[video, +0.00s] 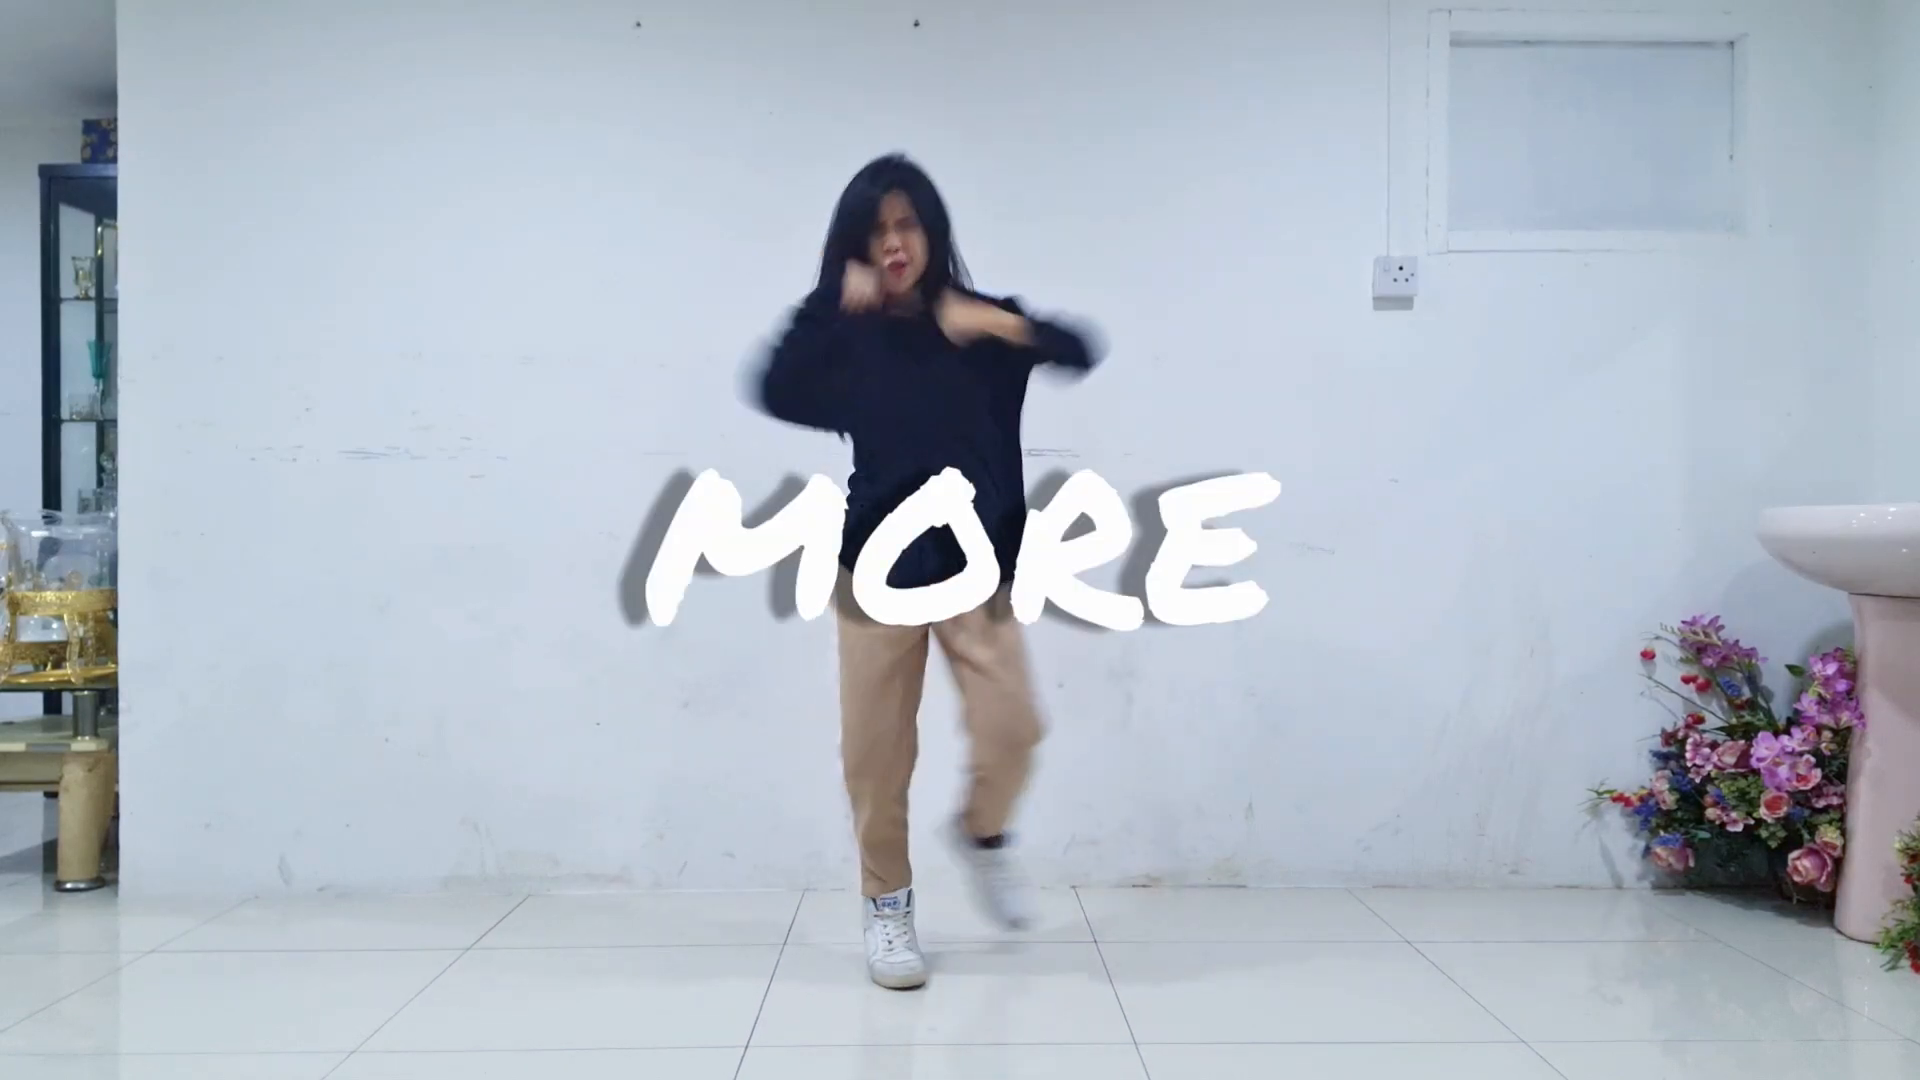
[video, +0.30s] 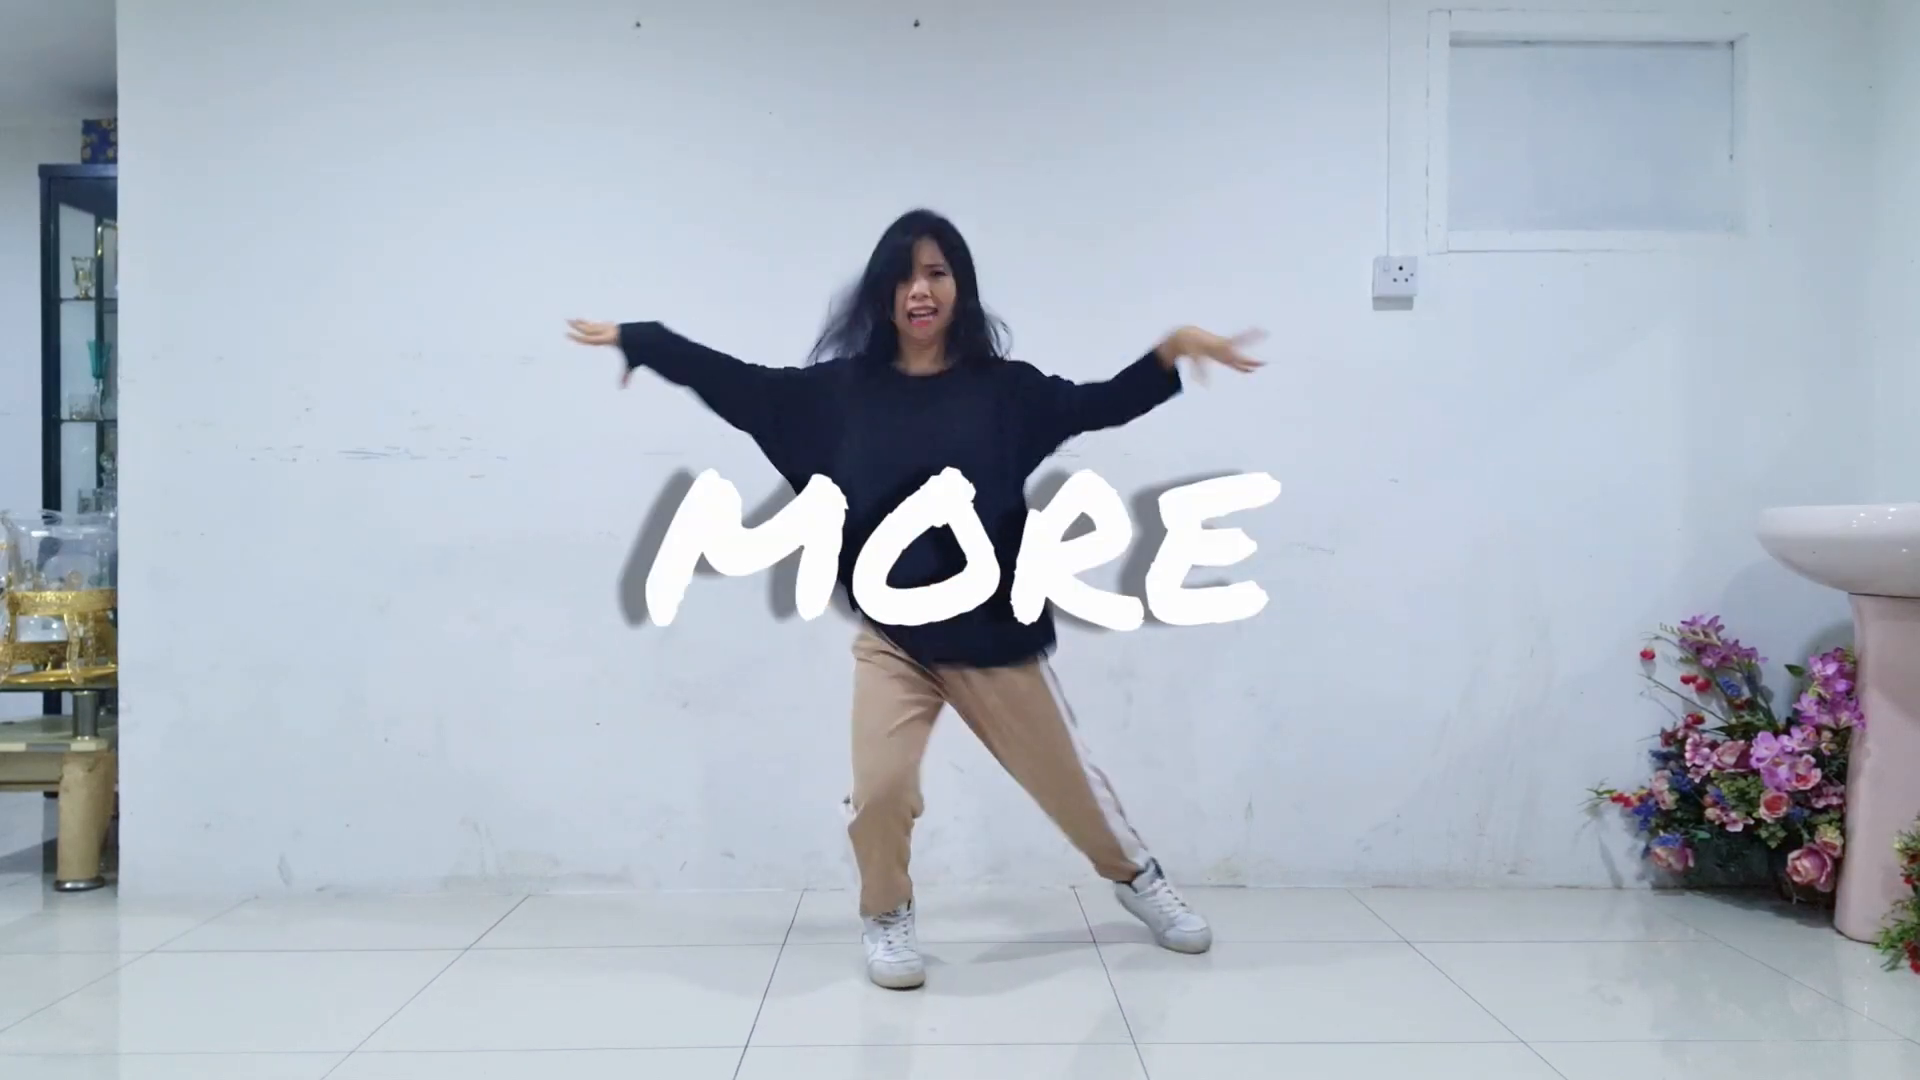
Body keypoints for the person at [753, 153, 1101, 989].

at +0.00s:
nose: (895, 245)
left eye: (908, 227)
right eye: (878, 231)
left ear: (936, 235)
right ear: (853, 245)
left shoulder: (992, 323)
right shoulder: (839, 335)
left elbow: (1080, 353)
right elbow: (782, 395)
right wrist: (836, 307)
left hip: (979, 562)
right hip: (876, 568)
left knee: (1012, 728)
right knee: (876, 750)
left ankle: (982, 837)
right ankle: (887, 903)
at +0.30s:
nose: (923, 291)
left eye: (939, 275)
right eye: (907, 277)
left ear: (963, 287)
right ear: (883, 291)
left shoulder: (1009, 391)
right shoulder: (836, 396)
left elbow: (1102, 403)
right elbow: (733, 383)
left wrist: (1169, 355)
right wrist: (638, 337)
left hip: (997, 643)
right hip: (890, 643)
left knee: (1067, 787)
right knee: (879, 792)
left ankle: (1138, 883)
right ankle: (885, 922)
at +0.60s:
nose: (894, 242)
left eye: (910, 223)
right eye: (877, 227)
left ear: (938, 227)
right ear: (855, 239)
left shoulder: (987, 299)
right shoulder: (851, 334)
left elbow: (1062, 366)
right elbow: (807, 435)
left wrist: (1050, 310)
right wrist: (715, 383)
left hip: (956, 568)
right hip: (856, 570)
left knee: (946, 742)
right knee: (862, 750)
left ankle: (936, 896)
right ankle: (883, 907)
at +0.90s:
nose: (900, 230)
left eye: (917, 215)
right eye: (885, 215)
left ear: (938, 226)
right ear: (860, 227)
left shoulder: (983, 322)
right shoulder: (832, 332)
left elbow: (1015, 421)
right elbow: (827, 459)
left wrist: (1008, 511)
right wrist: (885, 562)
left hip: (965, 554)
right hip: (866, 558)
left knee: (957, 724)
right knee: (871, 744)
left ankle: (963, 841)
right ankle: (881, 906)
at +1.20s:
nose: (931, 220)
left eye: (946, 212)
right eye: (912, 213)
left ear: (968, 244)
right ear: (889, 242)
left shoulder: (1000, 343)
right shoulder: (855, 331)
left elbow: (1021, 437)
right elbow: (833, 448)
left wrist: (1038, 507)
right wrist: (895, 549)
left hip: (976, 558)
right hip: (879, 560)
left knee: (967, 743)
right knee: (882, 715)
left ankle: (955, 879)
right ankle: (906, 891)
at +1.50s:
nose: (927, 264)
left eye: (943, 256)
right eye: (911, 251)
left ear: (962, 281)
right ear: (881, 272)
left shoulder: (997, 366)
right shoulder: (860, 387)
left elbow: (1066, 427)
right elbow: (823, 497)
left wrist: (1022, 453)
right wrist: (906, 545)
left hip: (976, 614)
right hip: (888, 612)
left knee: (978, 781)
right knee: (904, 774)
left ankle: (932, 897)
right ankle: (870, 912)